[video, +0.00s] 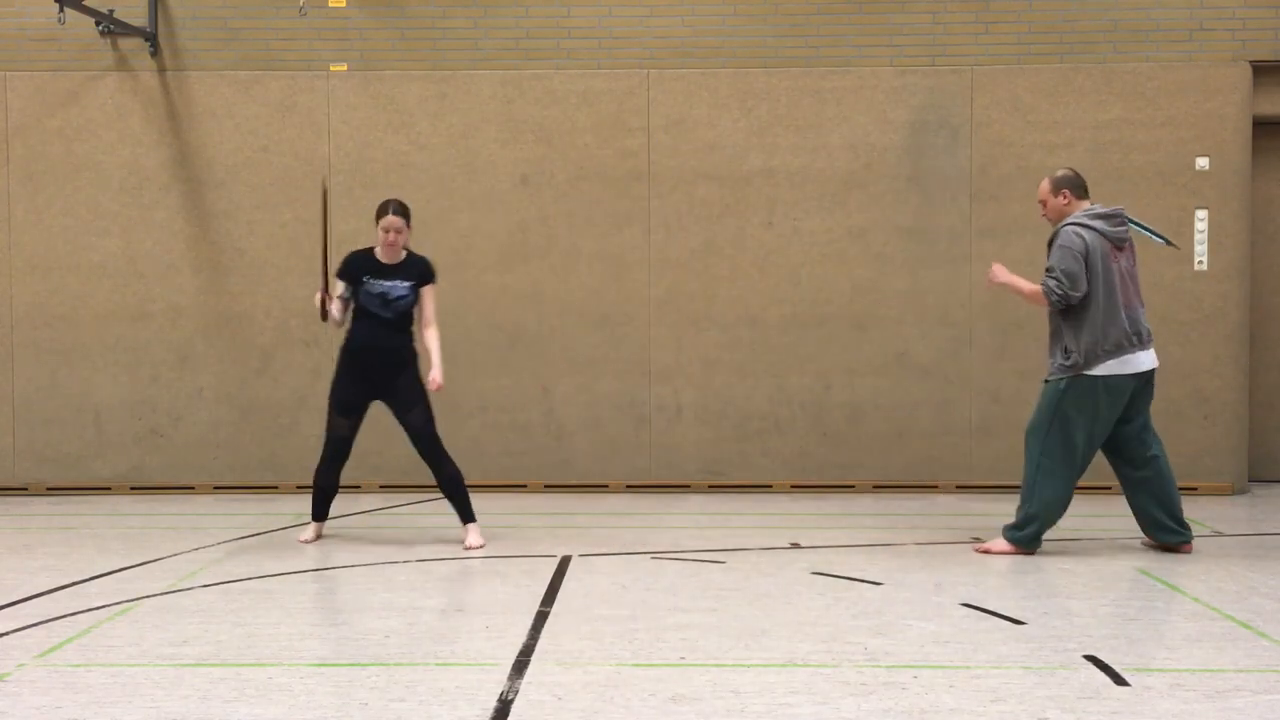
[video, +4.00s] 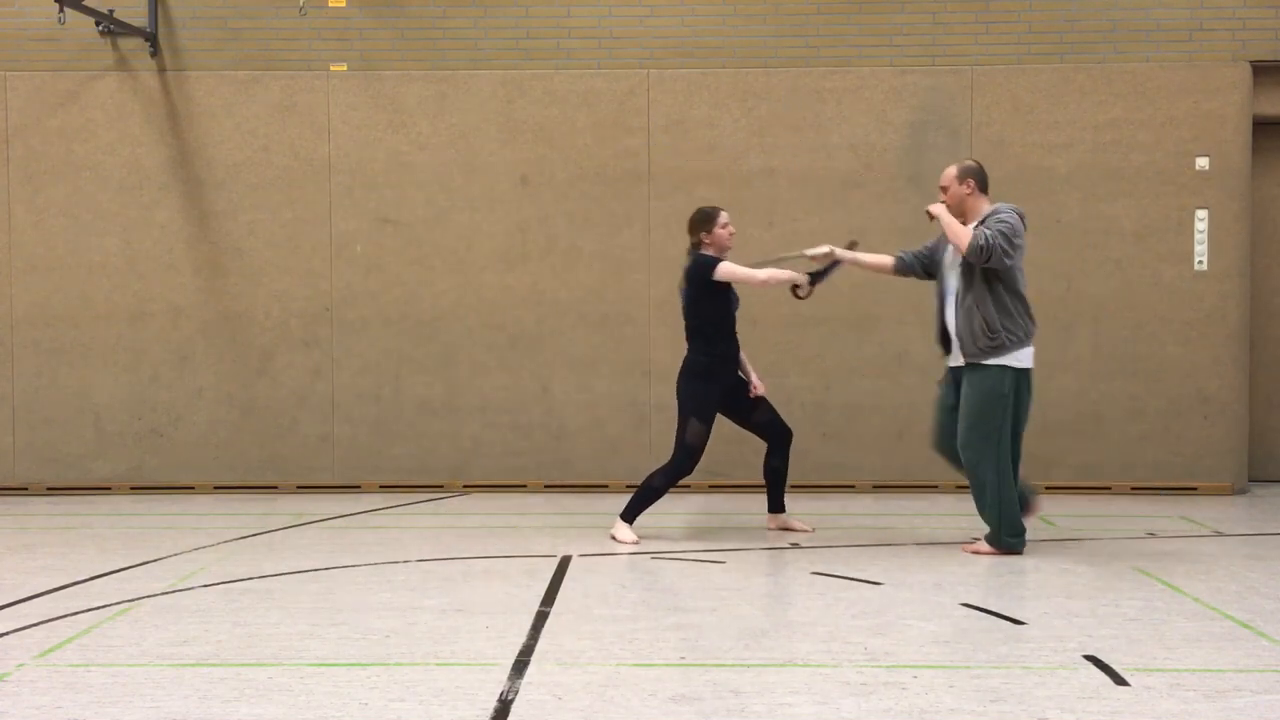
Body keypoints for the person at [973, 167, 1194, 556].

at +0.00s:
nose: (1042, 211)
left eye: (1044, 203)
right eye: (1040, 204)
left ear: (1065, 198)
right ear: (1073, 197)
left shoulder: (1071, 235)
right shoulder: (1115, 229)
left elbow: (1061, 294)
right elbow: (1118, 285)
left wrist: (1010, 280)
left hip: (1092, 369)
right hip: (1135, 363)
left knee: (1047, 442)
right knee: (1136, 446)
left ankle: (1022, 537)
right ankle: (1173, 534)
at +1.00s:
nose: (1048, 206)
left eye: (1052, 198)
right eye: (1048, 199)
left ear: (1077, 197)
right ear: (1083, 198)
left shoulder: (1078, 239)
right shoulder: (1114, 232)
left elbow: (1025, 274)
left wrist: (1031, 230)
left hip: (1085, 371)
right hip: (1125, 367)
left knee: (1030, 436)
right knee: (1131, 447)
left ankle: (1016, 536)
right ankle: (1173, 534)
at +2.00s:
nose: (882, 200)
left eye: (888, 193)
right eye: (881, 193)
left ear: (913, 194)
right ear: (902, 195)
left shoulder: (944, 236)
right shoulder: (871, 240)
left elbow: (932, 281)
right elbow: (819, 246)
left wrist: (893, 236)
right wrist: (761, 231)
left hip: (922, 368)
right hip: (870, 365)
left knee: (941, 450)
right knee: (837, 445)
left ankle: (985, 528)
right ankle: (831, 529)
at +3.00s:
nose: (946, 192)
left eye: (950, 183)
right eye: (946, 184)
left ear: (974, 183)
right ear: (973, 184)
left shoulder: (996, 228)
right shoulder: (976, 227)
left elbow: (950, 272)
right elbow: (931, 255)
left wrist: (929, 233)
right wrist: (884, 228)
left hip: (998, 359)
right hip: (968, 358)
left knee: (987, 448)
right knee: (941, 436)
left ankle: (1004, 538)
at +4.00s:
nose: (940, 199)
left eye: (945, 191)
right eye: (940, 191)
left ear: (969, 188)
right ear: (963, 189)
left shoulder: (1005, 220)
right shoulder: (952, 239)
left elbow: (980, 250)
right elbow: (906, 264)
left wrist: (945, 216)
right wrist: (843, 255)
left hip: (999, 360)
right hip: (963, 361)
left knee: (982, 447)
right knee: (949, 441)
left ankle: (1006, 539)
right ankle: (1020, 498)